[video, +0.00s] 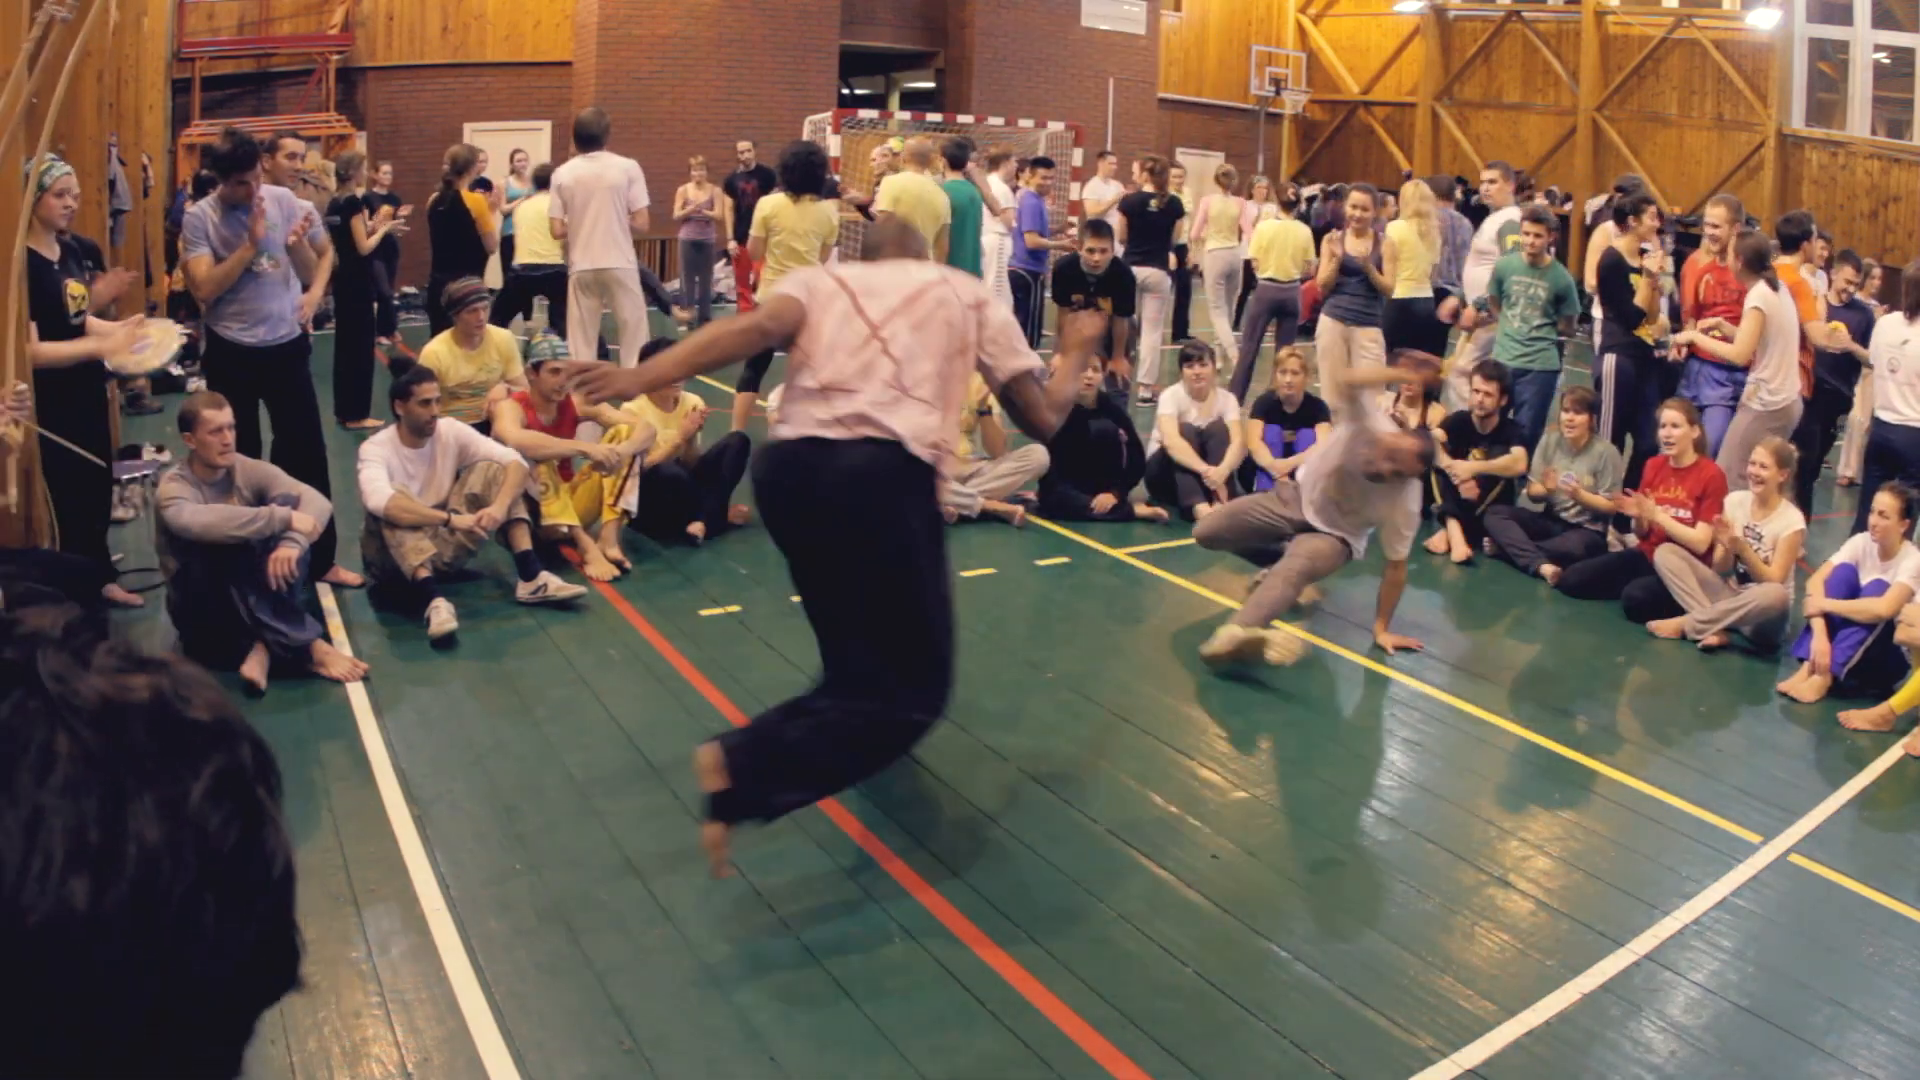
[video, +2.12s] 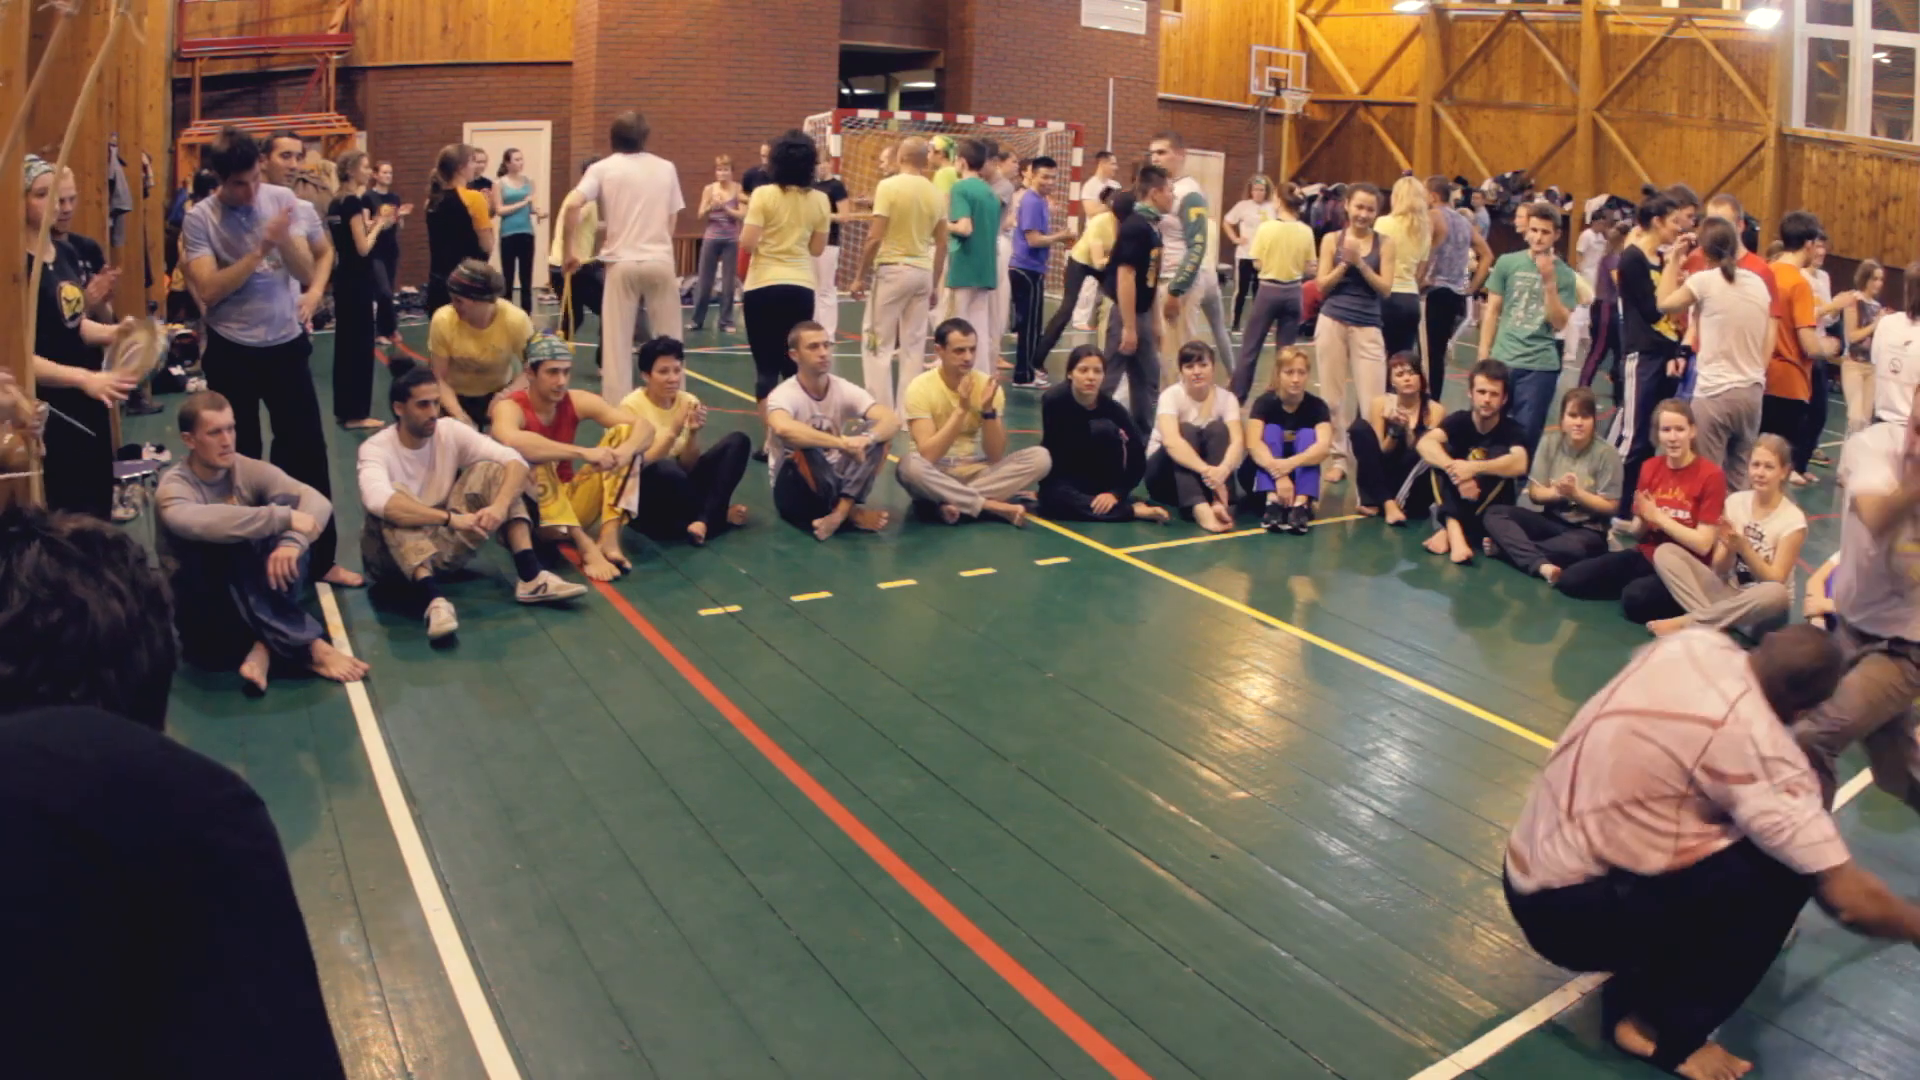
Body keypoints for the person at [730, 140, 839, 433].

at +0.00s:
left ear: (783, 171)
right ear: (821, 174)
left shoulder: (768, 204)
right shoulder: (828, 211)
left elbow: (755, 251)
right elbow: (825, 255)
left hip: (772, 293)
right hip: (813, 294)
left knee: (755, 365)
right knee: (808, 368)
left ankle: (736, 434)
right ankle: (802, 439)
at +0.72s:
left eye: (780, 165)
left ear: (785, 170)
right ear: (822, 172)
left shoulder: (769, 204)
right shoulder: (830, 209)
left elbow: (757, 251)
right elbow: (825, 254)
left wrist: (748, 235)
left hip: (773, 299)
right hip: (814, 297)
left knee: (754, 367)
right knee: (809, 366)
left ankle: (737, 434)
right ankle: (811, 434)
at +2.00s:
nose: (768, 160)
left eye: (773, 156)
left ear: (777, 163)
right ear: (813, 165)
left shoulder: (766, 195)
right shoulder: (822, 200)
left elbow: (750, 242)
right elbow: (819, 248)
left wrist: (766, 234)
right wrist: (802, 231)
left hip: (765, 287)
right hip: (803, 288)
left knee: (767, 368)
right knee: (798, 365)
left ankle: (771, 442)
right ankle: (800, 437)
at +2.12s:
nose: (767, 160)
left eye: (771, 156)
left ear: (775, 162)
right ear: (810, 164)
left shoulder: (763, 194)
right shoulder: (820, 200)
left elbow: (748, 241)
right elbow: (818, 248)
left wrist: (765, 233)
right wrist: (799, 230)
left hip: (763, 287)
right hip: (802, 288)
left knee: (766, 369)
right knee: (798, 366)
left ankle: (770, 442)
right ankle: (797, 438)